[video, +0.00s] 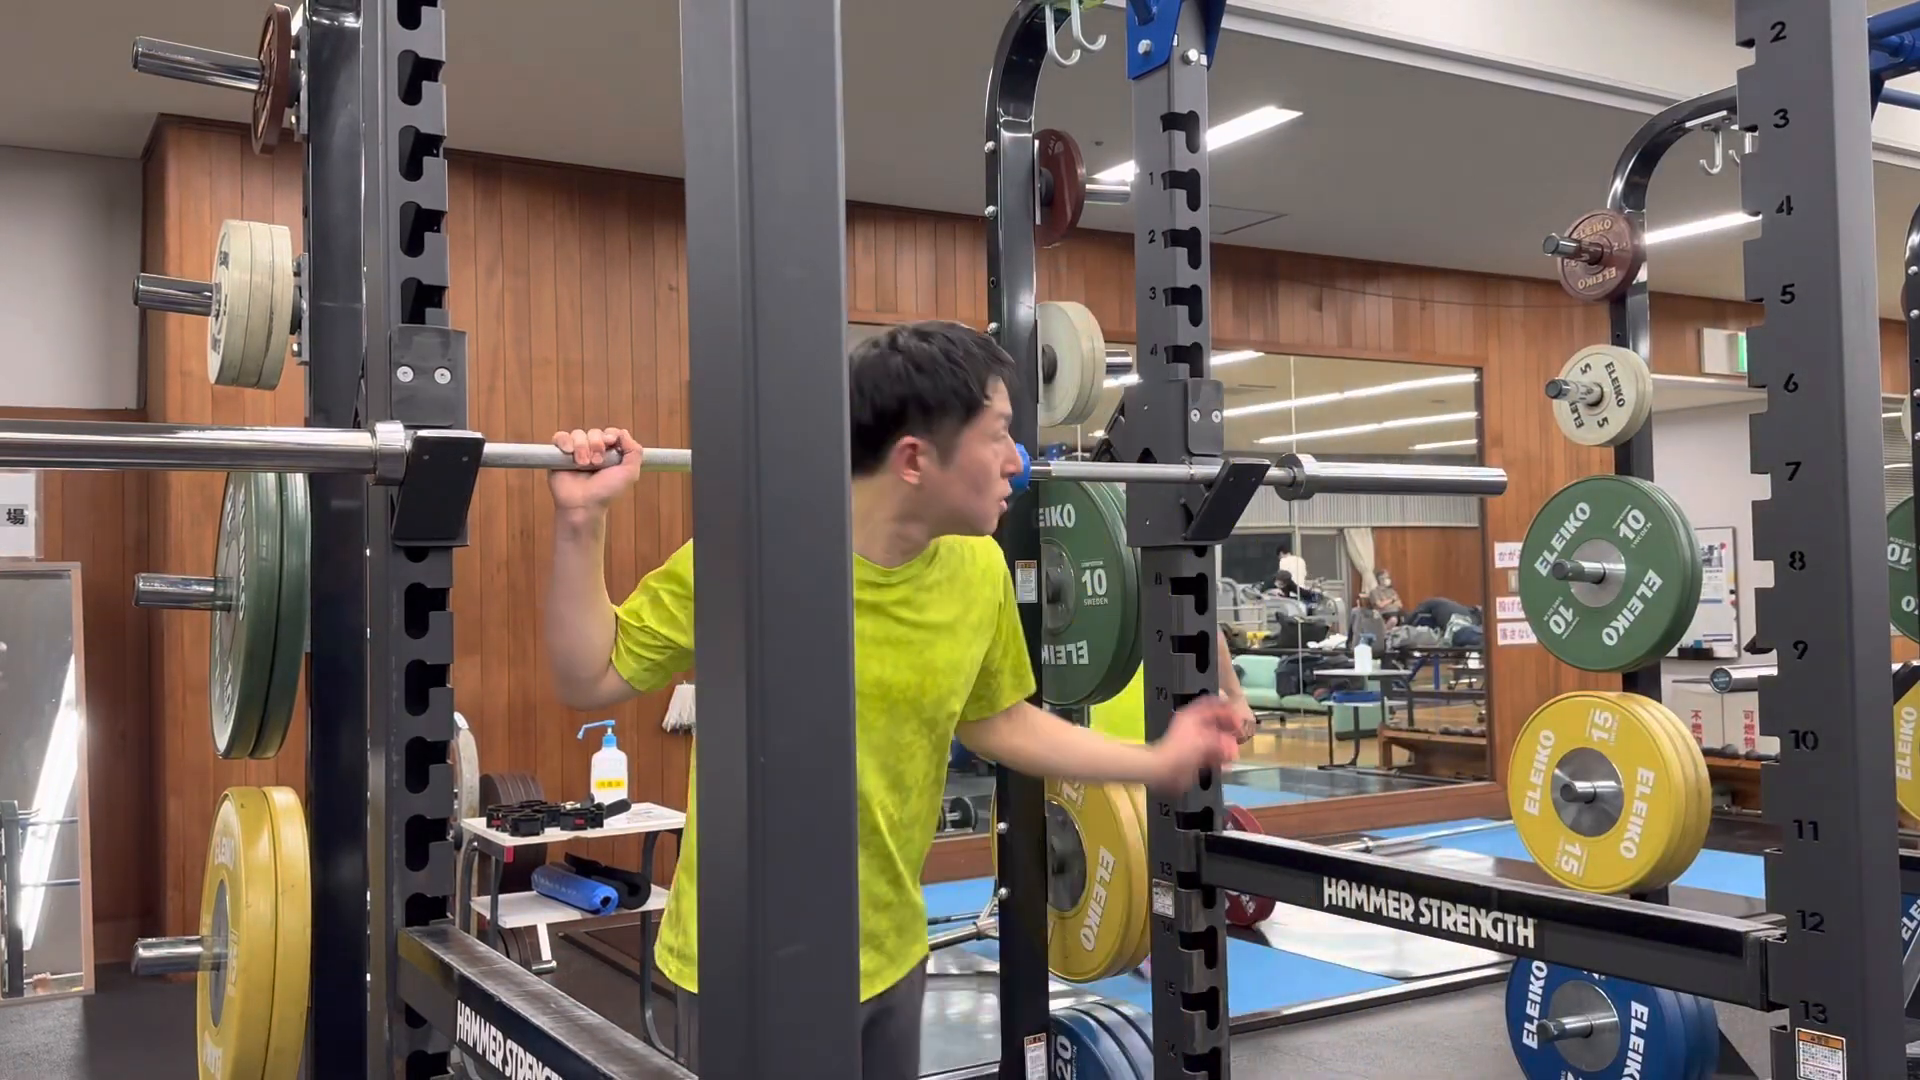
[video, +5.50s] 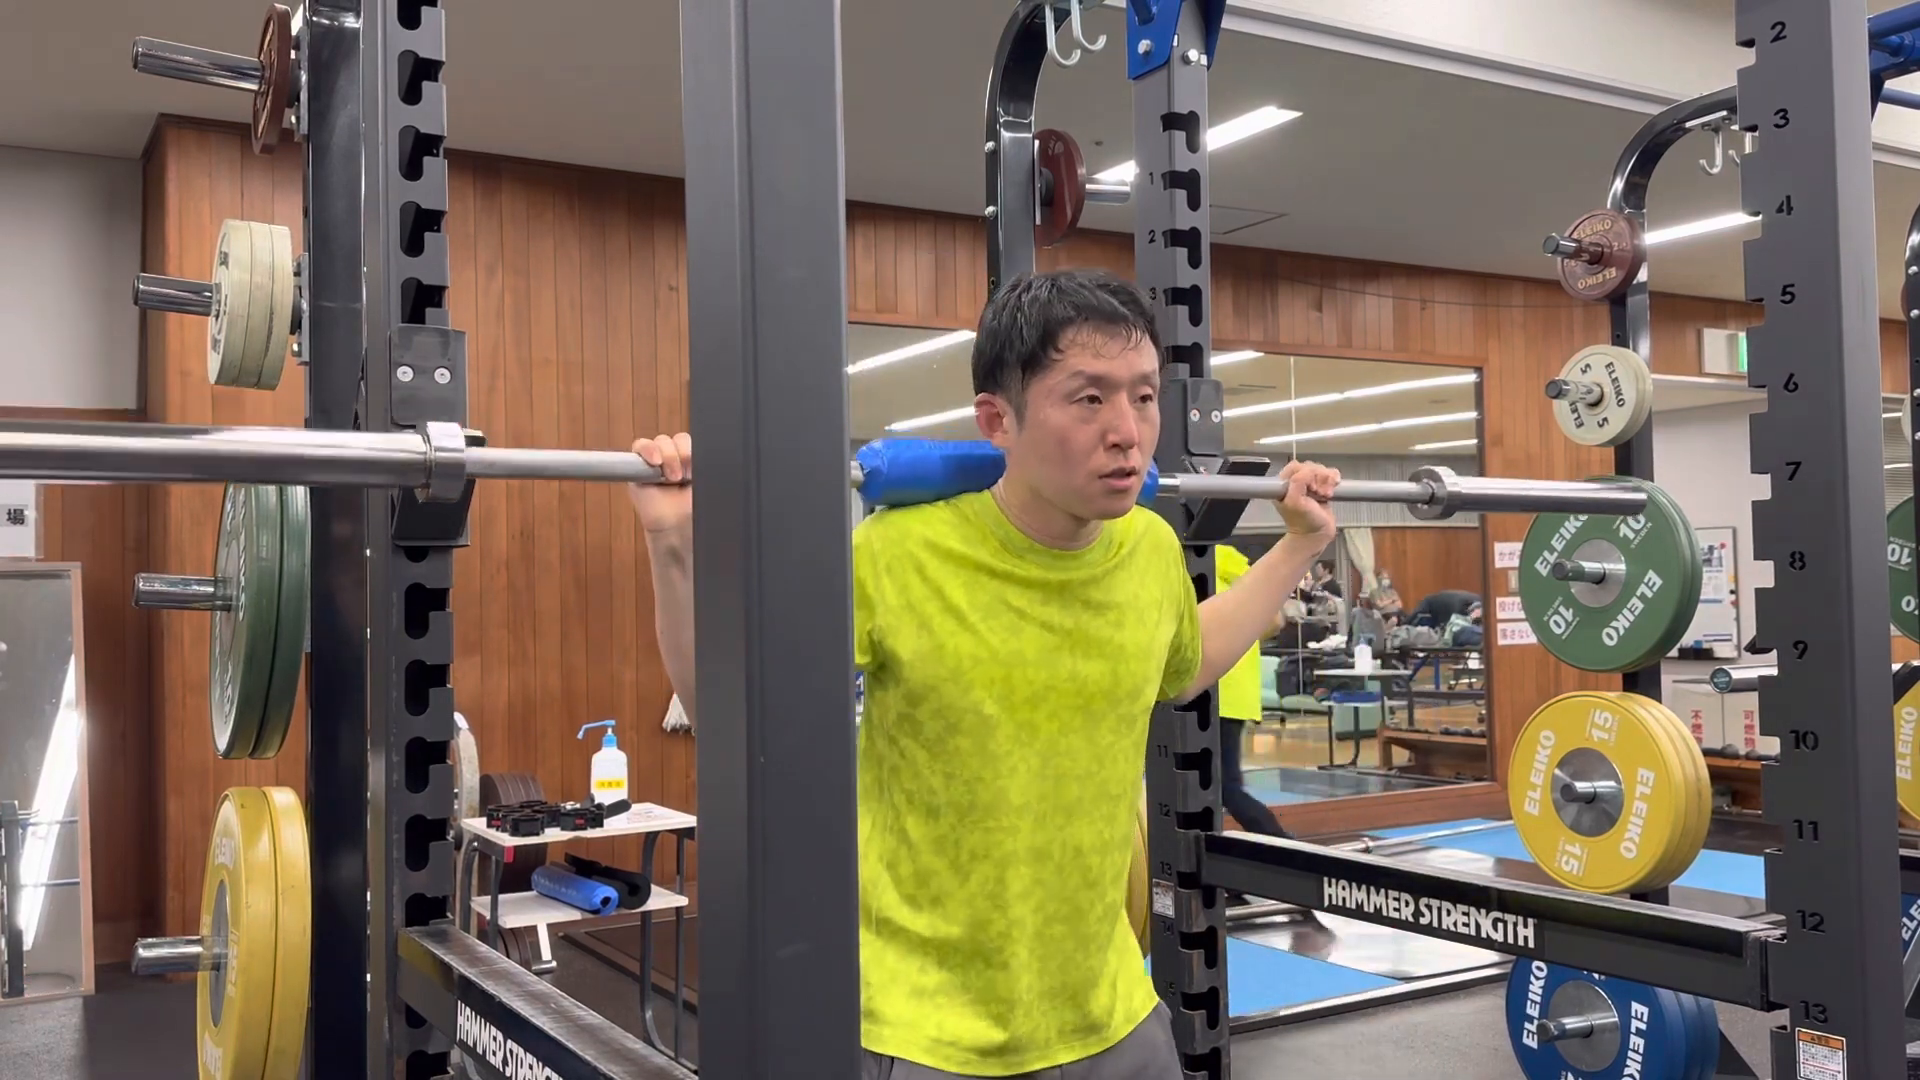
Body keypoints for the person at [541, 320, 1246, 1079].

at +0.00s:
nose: (1016, 458)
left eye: (1010, 434)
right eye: (997, 435)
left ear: (924, 458)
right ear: (914, 458)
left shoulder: (974, 570)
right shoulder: (750, 553)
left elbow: (998, 718)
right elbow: (590, 676)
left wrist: (1154, 763)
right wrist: (578, 525)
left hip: (884, 966)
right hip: (736, 974)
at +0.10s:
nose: (1028, 476)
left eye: (1023, 451)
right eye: (1012, 451)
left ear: (939, 476)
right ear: (934, 474)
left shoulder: (974, 581)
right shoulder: (769, 560)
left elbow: (981, 703)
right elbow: (594, 678)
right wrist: (580, 523)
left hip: (874, 957)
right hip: (732, 965)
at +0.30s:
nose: (1027, 482)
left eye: (1025, 460)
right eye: (1015, 462)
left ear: (948, 483)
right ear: (946, 482)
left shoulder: (967, 571)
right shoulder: (771, 560)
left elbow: (968, 675)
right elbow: (594, 678)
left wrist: (1081, 570)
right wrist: (583, 523)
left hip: (868, 949)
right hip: (730, 956)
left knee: (872, 1072)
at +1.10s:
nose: (948, 449)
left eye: (974, 420)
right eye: (916, 418)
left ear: (1002, 436)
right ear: (863, 435)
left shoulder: (1002, 552)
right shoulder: (788, 549)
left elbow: (1059, 647)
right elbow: (630, 688)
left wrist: (1167, 533)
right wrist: (587, 527)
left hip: (915, 961)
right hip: (777, 966)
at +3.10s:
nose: (960, 430)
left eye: (982, 400)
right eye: (929, 399)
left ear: (1003, 399)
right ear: (863, 398)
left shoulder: (1009, 501)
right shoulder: (796, 502)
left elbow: (1052, 599)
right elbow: (632, 620)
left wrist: (1162, 503)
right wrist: (584, 479)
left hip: (986, 932)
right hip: (844, 952)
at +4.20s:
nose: (1037, 455)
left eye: (1057, 422)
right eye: (1004, 424)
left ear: (1076, 417)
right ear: (924, 419)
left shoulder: (1072, 524)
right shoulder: (842, 532)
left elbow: (1089, 621)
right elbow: (671, 658)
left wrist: (1206, 520)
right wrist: (631, 521)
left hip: (1036, 973)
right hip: (874, 994)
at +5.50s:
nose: (1129, 431)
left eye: (1143, 397)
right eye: (1088, 397)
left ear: (1161, 409)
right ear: (997, 420)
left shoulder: (1150, 551)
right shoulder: (892, 561)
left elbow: (1184, 662)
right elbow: (715, 700)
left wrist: (1299, 548)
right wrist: (675, 550)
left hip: (1111, 1016)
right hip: (924, 1033)